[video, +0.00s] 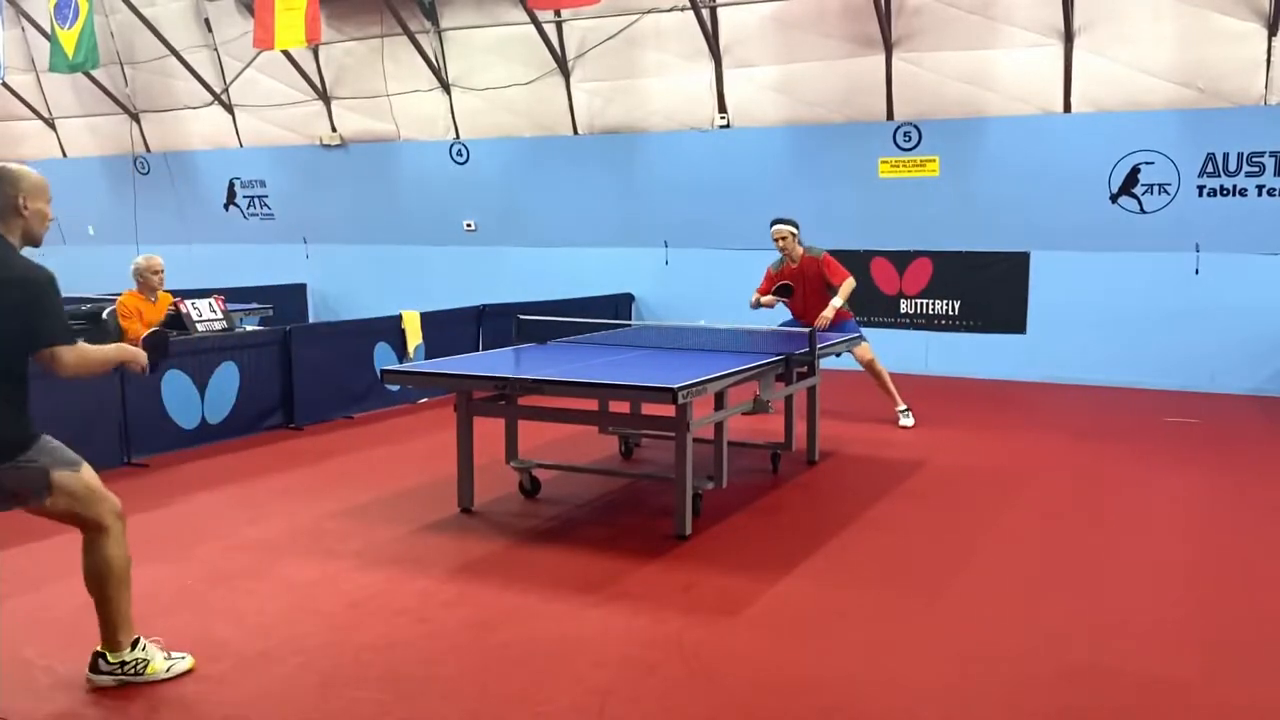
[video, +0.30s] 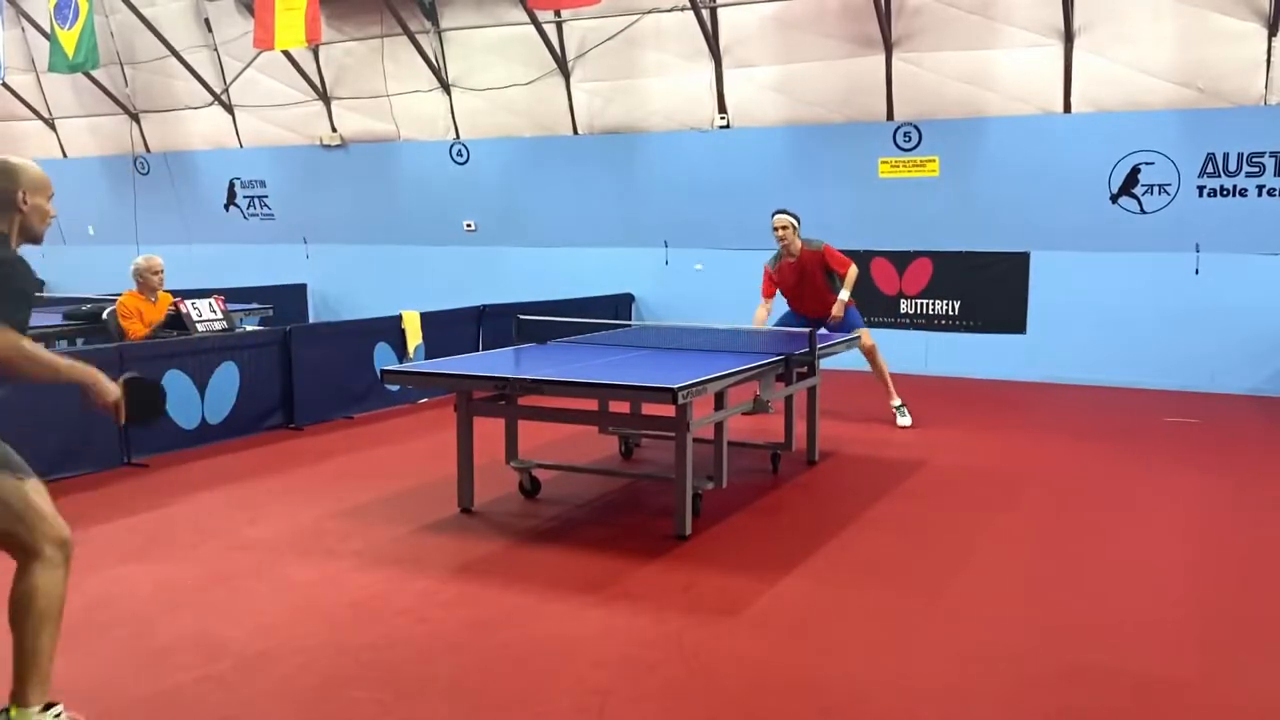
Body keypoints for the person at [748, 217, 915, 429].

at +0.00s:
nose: (779, 244)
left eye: (783, 238)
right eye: (775, 240)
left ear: (795, 237)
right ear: (773, 243)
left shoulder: (819, 259)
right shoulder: (776, 270)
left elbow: (849, 282)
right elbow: (754, 301)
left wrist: (831, 308)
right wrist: (763, 301)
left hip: (837, 319)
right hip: (802, 323)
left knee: (867, 359)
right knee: (764, 345)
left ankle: (901, 407)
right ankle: (763, 399)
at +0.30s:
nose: (780, 233)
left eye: (784, 228)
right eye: (775, 229)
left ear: (796, 229)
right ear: (773, 234)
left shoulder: (818, 250)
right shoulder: (773, 266)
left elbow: (852, 269)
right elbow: (765, 305)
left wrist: (841, 302)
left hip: (836, 310)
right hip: (801, 314)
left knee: (868, 346)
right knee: (764, 344)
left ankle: (895, 401)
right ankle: (763, 398)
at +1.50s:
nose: (823, 218)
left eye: (827, 213)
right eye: (819, 215)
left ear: (840, 214)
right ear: (817, 220)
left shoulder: (858, 239)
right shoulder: (827, 254)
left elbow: (880, 263)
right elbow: (820, 290)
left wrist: (852, 289)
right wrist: (791, 300)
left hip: (887, 315)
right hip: (854, 318)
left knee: (900, 366)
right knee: (814, 350)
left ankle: (936, 421)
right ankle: (827, 404)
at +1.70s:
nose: (805, 234)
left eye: (809, 228)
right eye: (801, 230)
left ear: (822, 228)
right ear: (799, 235)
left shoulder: (835, 247)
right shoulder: (821, 263)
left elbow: (844, 263)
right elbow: (821, 300)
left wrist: (816, 290)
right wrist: (808, 325)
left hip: (885, 318)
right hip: (857, 321)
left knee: (889, 374)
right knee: (817, 352)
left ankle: (934, 422)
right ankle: (835, 411)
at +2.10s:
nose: (774, 237)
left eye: (776, 230)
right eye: (770, 233)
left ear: (793, 226)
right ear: (772, 236)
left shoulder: (827, 240)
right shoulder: (782, 259)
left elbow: (867, 242)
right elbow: (752, 269)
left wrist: (856, 268)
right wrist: (728, 247)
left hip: (857, 309)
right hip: (825, 316)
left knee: (834, 346)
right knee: (795, 356)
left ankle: (845, 423)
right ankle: (827, 399)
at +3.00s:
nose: (750, 229)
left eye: (754, 223)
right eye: (747, 225)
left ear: (768, 223)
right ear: (747, 229)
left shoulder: (785, 249)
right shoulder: (757, 258)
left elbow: (813, 272)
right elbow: (743, 285)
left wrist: (807, 301)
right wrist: (713, 294)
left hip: (807, 322)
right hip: (776, 321)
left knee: (832, 368)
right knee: (731, 346)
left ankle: (878, 407)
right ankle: (726, 393)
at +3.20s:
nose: (729, 226)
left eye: (734, 221)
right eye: (727, 222)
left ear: (747, 222)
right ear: (726, 226)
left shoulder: (767, 247)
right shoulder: (728, 260)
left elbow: (794, 268)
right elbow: (707, 283)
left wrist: (796, 296)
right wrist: (680, 273)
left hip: (788, 319)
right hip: (754, 322)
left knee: (824, 357)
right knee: (716, 344)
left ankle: (865, 402)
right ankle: (729, 392)